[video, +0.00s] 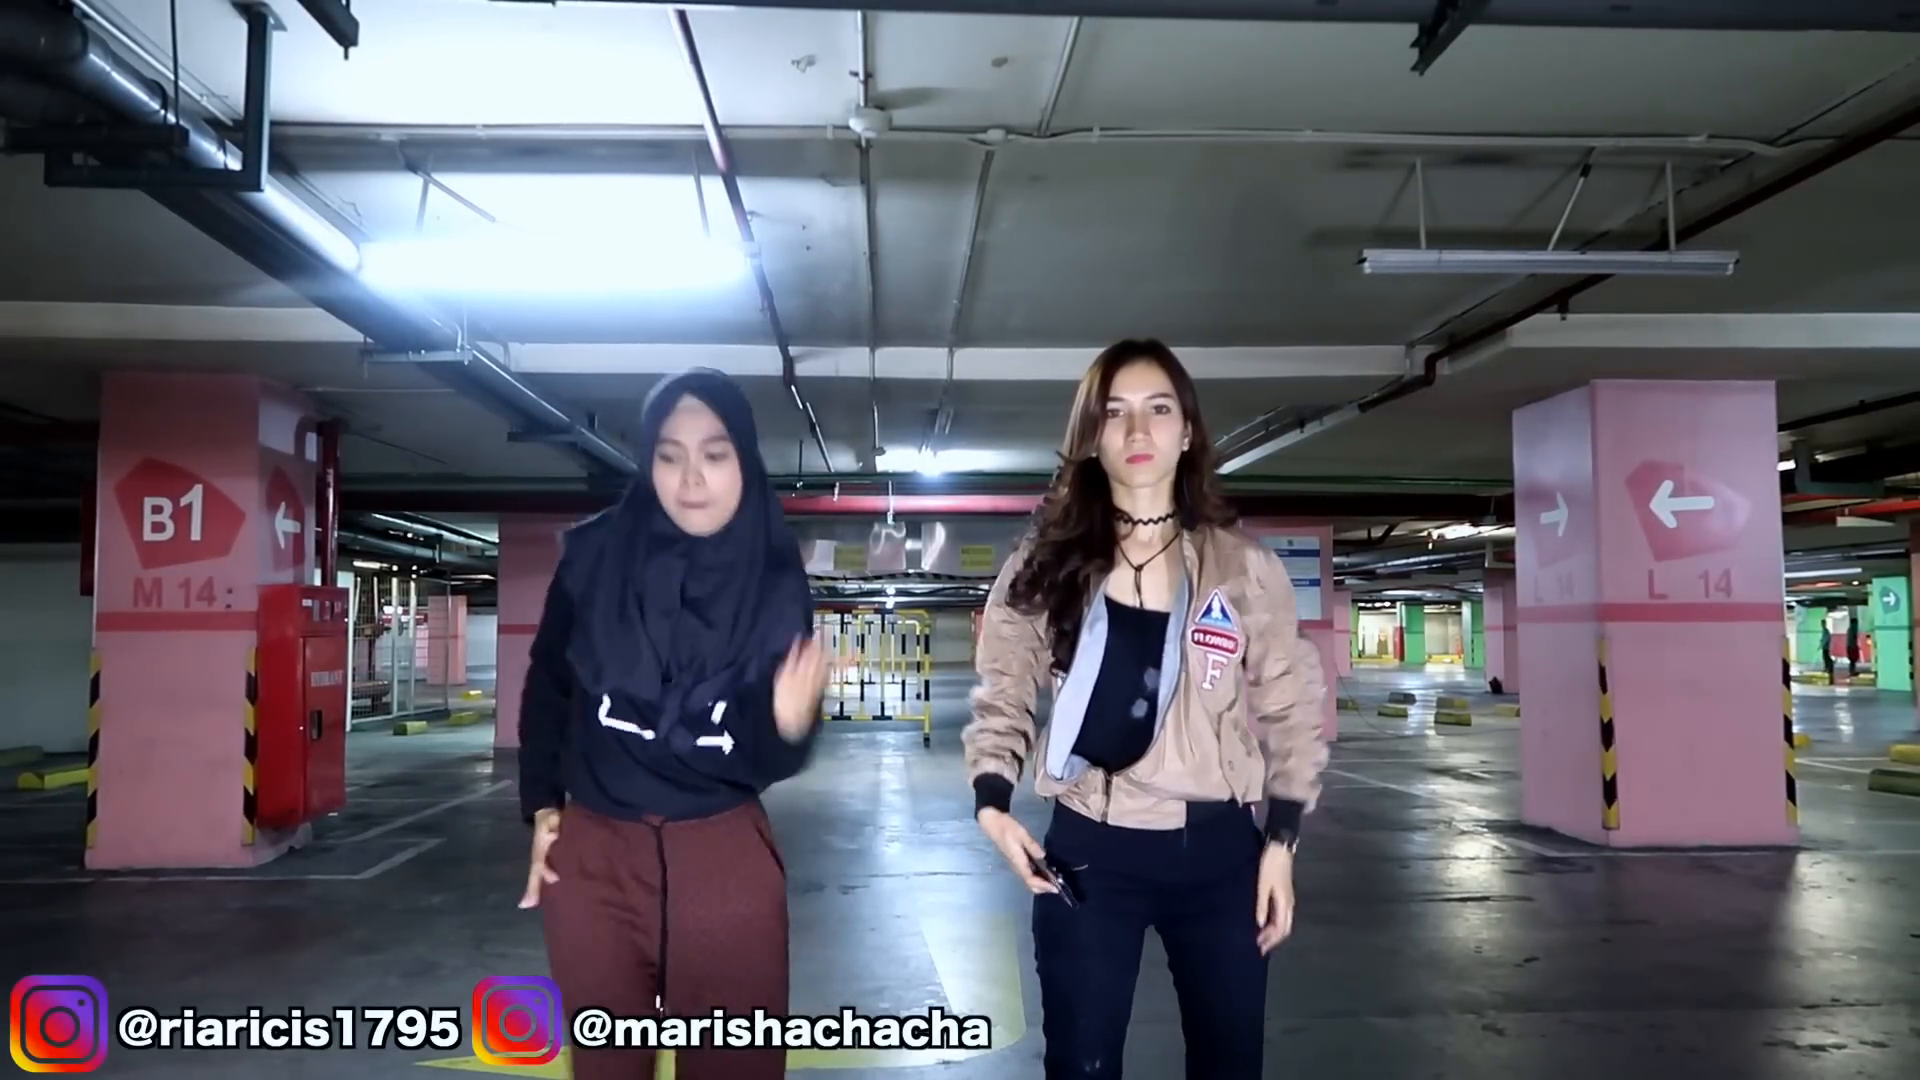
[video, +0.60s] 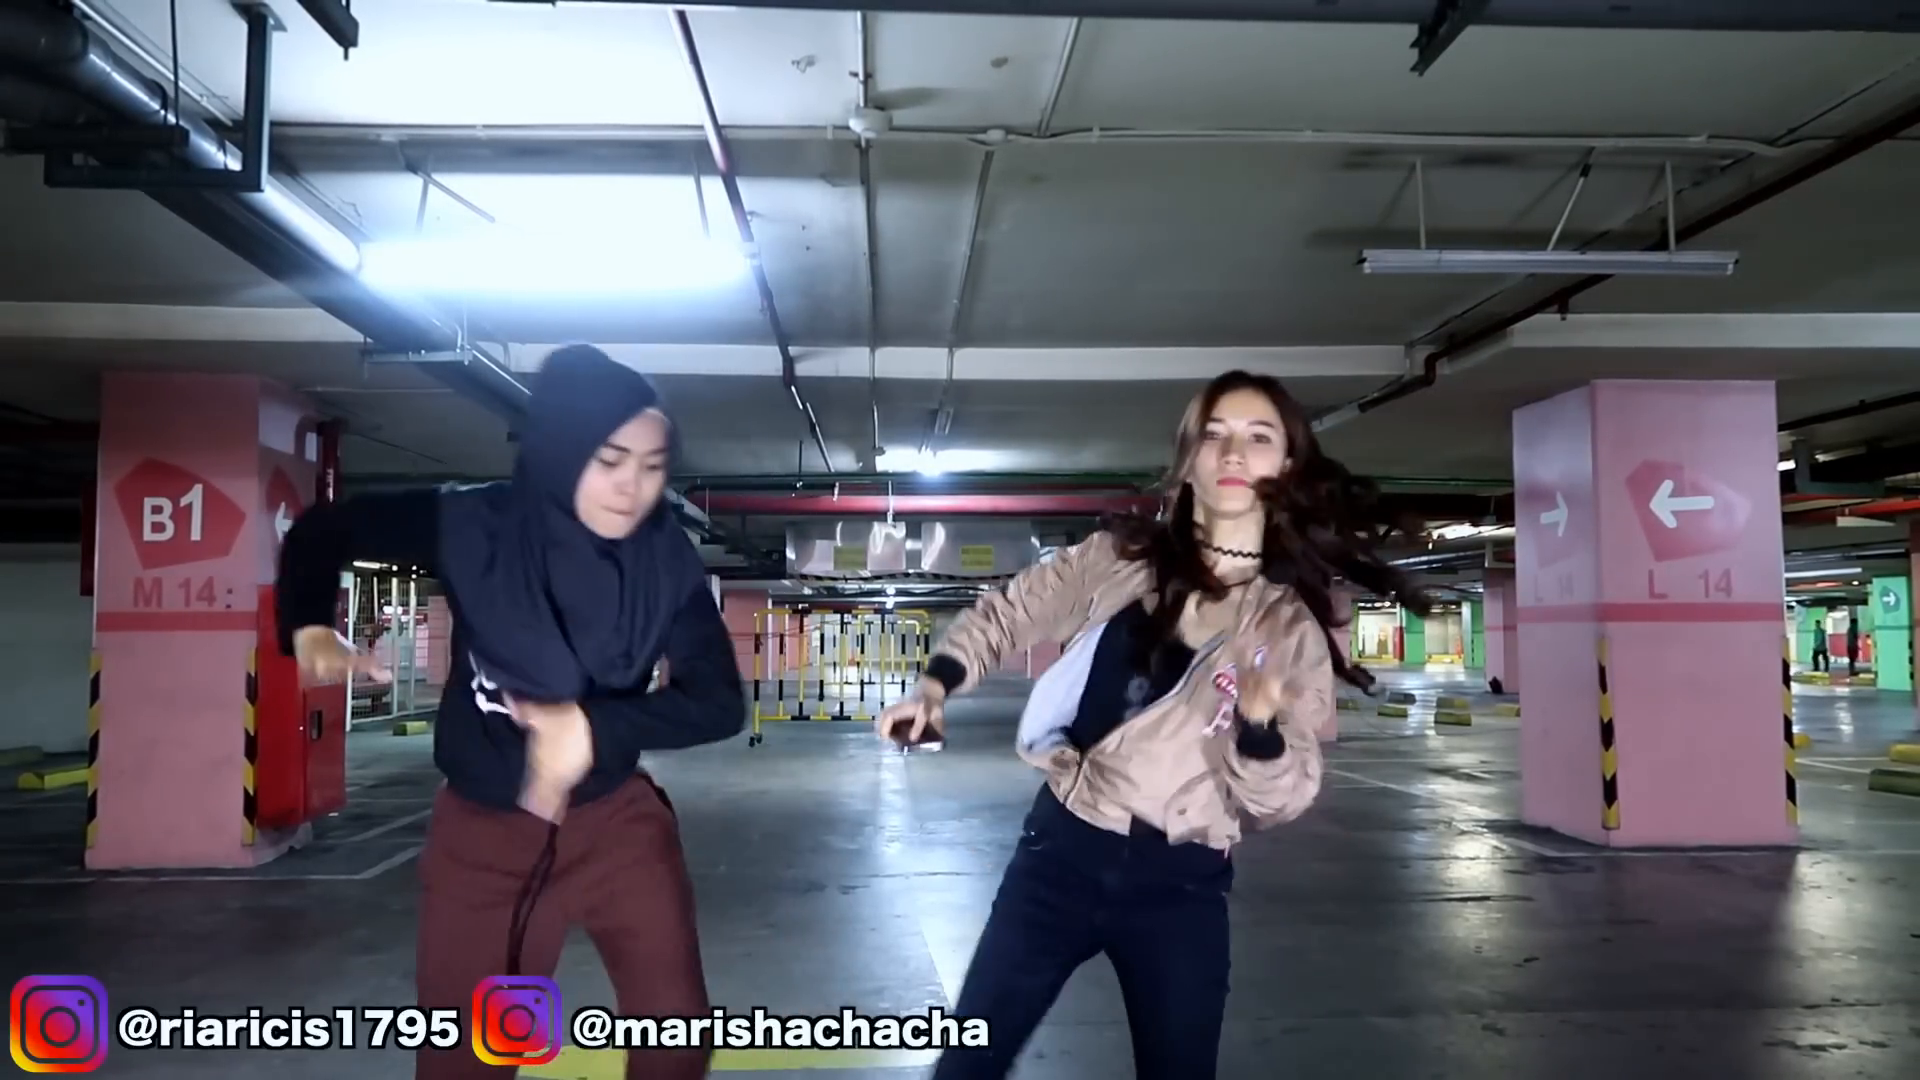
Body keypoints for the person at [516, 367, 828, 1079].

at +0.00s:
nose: (692, 479)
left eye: (714, 455)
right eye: (671, 456)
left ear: (747, 466)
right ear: (648, 465)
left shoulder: (773, 574)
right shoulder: (593, 552)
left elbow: (767, 763)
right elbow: (546, 687)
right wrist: (544, 809)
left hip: (725, 856)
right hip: (594, 854)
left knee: (736, 1066)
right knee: (606, 1066)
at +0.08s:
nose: (707, 527)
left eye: (731, 501)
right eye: (685, 503)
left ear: (766, 504)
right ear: (661, 506)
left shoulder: (775, 619)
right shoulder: (611, 572)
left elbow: (702, 785)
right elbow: (567, 703)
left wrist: (753, 657)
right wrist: (547, 823)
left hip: (710, 873)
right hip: (583, 860)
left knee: (751, 1069)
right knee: (557, 1064)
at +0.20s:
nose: (712, 549)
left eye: (739, 528)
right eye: (692, 522)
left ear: (768, 537)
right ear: (666, 520)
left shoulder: (754, 646)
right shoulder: (607, 567)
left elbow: (623, 795)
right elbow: (573, 682)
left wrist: (702, 736)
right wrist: (568, 737)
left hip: (680, 844)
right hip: (569, 828)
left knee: (713, 1065)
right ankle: (532, 1067)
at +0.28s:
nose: (708, 524)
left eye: (734, 504)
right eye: (688, 497)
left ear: (763, 511)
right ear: (659, 494)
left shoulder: (754, 628)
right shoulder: (601, 533)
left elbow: (593, 758)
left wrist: (699, 675)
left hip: (651, 817)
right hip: (530, 799)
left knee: (677, 1054)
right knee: (498, 1033)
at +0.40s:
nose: (701, 530)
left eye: (728, 513)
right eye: (682, 500)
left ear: (748, 527)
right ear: (644, 490)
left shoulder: (714, 628)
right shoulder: (565, 539)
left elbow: (566, 758)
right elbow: (500, 652)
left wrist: (662, 639)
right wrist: (452, 713)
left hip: (633, 870)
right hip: (505, 861)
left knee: (647, 1067)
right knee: (460, 1065)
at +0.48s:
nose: (686, 530)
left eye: (710, 512)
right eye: (669, 500)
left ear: (725, 523)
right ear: (625, 489)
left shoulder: (691, 614)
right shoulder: (514, 539)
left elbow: (620, 772)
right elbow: (435, 583)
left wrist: (634, 620)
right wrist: (381, 662)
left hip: (617, 869)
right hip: (484, 866)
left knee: (647, 1067)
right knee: (460, 1066)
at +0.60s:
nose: (634, 487)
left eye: (654, 465)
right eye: (611, 460)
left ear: (669, 466)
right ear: (555, 452)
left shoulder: (666, 558)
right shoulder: (472, 525)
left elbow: (721, 703)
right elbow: (320, 531)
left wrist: (597, 728)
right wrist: (309, 624)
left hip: (620, 829)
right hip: (483, 834)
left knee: (679, 1045)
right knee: (456, 1060)